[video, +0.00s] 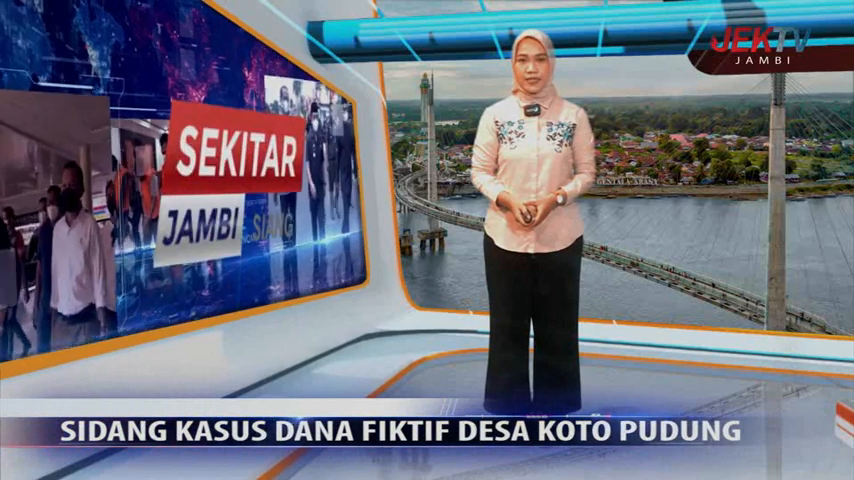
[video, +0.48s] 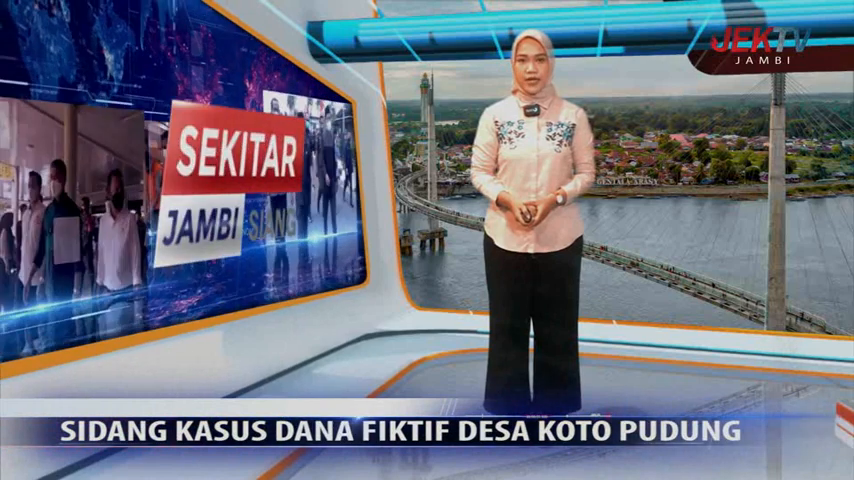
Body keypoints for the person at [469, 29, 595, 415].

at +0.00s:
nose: (531, 67)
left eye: (539, 59)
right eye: (523, 59)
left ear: (551, 64)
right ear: (513, 65)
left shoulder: (573, 116)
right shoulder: (494, 116)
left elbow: (587, 173)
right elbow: (480, 172)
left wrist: (553, 199)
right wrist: (508, 201)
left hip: (559, 243)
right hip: (506, 244)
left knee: (558, 338)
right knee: (507, 336)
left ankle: (558, 423)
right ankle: (506, 422)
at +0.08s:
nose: (531, 67)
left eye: (539, 59)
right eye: (523, 59)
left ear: (551, 65)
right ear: (513, 65)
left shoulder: (573, 116)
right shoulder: (494, 116)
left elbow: (587, 173)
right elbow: (479, 172)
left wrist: (553, 199)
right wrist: (508, 201)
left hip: (559, 243)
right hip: (506, 244)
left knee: (558, 338)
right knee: (507, 337)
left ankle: (558, 423)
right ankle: (506, 422)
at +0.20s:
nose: (531, 67)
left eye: (539, 59)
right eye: (523, 60)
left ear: (551, 65)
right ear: (513, 65)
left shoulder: (573, 116)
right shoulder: (494, 116)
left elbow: (587, 173)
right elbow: (479, 171)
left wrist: (553, 199)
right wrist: (508, 201)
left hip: (559, 243)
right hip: (506, 244)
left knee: (558, 338)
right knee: (507, 337)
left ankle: (557, 422)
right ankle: (506, 422)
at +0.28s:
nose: (531, 67)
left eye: (539, 59)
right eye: (523, 60)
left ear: (551, 65)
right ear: (513, 65)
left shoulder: (573, 116)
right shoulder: (494, 116)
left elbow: (586, 173)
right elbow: (479, 171)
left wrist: (553, 199)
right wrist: (508, 201)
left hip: (558, 243)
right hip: (506, 243)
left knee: (558, 337)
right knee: (507, 336)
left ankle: (557, 422)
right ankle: (507, 422)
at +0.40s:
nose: (531, 67)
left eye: (539, 59)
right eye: (523, 59)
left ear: (551, 65)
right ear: (512, 65)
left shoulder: (573, 116)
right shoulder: (494, 116)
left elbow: (586, 174)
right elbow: (479, 171)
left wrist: (553, 200)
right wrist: (508, 201)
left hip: (558, 243)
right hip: (506, 244)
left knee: (558, 338)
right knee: (507, 336)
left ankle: (557, 422)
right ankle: (507, 422)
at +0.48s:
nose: (531, 67)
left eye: (539, 59)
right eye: (523, 59)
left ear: (551, 65)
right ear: (512, 65)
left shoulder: (573, 116)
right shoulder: (494, 116)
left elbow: (586, 174)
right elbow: (479, 172)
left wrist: (553, 200)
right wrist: (508, 201)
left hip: (559, 243)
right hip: (506, 244)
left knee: (558, 338)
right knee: (507, 336)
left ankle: (557, 422)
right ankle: (506, 422)